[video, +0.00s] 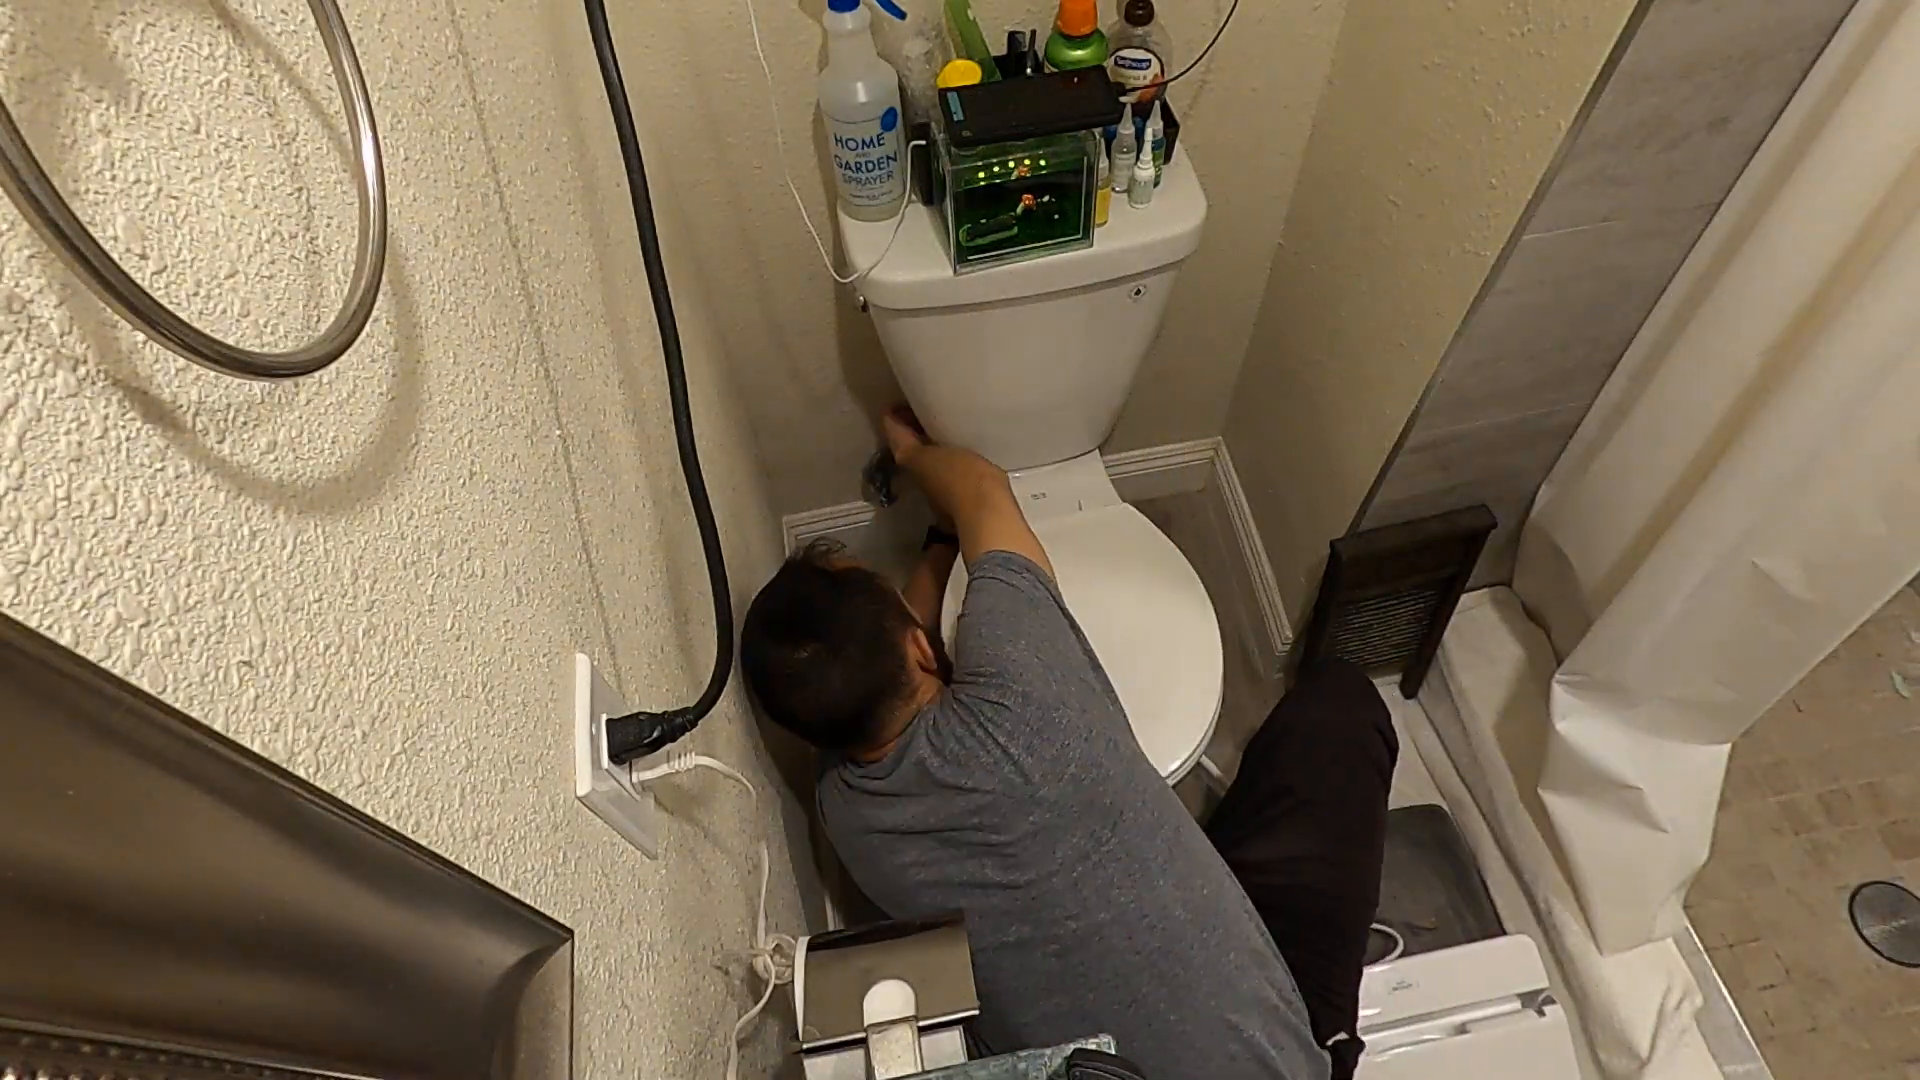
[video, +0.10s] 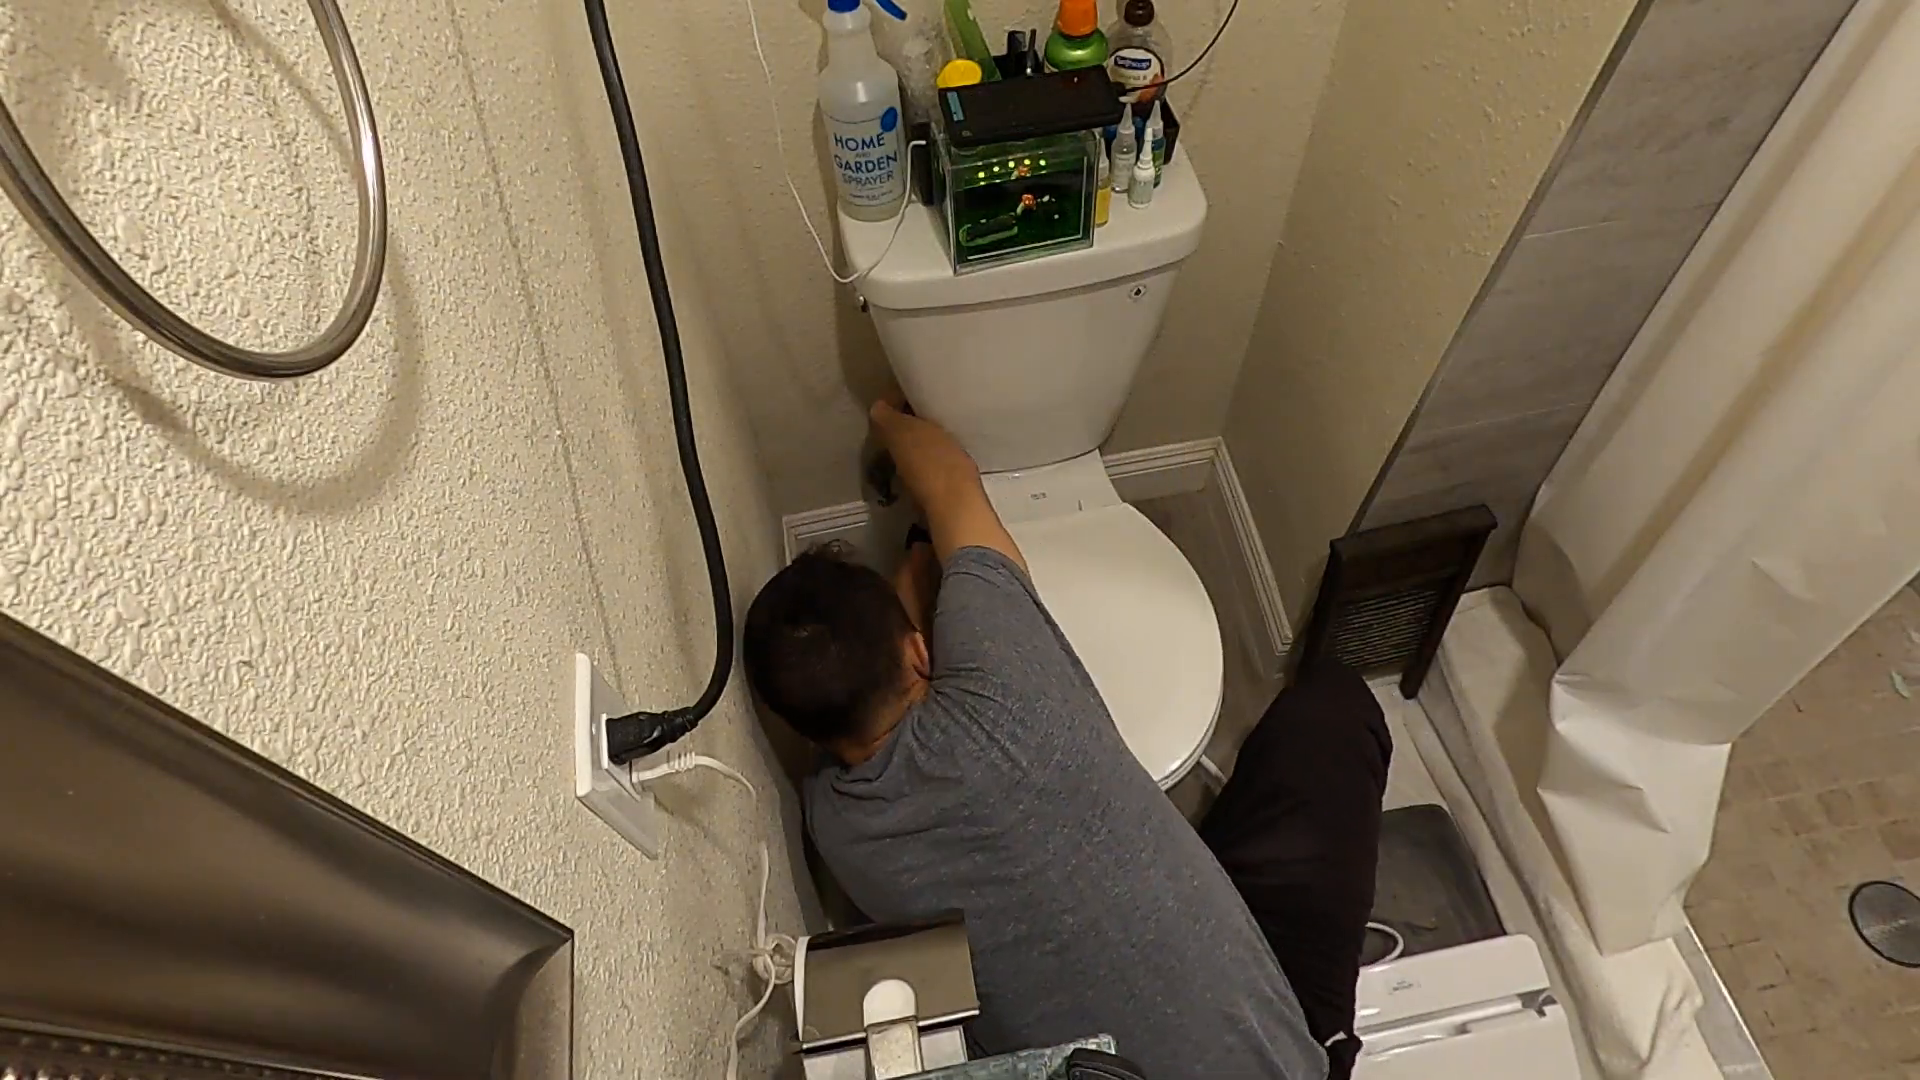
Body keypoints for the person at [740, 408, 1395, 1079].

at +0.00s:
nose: (902, 594)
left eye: (879, 580)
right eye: (885, 587)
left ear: (807, 725)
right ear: (920, 647)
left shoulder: (847, 823)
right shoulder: (1031, 694)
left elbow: (907, 668)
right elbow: (979, 493)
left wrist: (940, 549)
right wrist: (913, 448)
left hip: (1067, 1063)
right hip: (1261, 1047)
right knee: (1336, 695)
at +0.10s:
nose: (921, 614)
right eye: (914, 608)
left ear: (798, 727)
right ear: (918, 654)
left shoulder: (837, 835)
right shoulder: (1006, 687)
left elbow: (845, 733)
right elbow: (950, 487)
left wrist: (908, 598)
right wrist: (894, 419)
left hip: (1077, 1067)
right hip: (1268, 1051)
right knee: (1329, 699)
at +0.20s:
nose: (916, 620)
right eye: (909, 612)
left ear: (786, 718)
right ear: (909, 647)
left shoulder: (830, 832)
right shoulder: (1000, 678)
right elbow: (956, 489)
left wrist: (924, 546)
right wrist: (897, 430)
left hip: (1074, 1067)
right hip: (1266, 1049)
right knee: (1315, 686)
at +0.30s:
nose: (907, 623)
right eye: (902, 612)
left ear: (782, 723)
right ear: (902, 646)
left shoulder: (831, 833)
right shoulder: (993, 676)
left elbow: (891, 655)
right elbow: (959, 483)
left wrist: (922, 532)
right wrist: (894, 432)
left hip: (1078, 1068)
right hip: (1269, 1048)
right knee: (1301, 682)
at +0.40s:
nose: (873, 581)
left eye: (872, 591)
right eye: (870, 594)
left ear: (809, 735)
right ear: (936, 670)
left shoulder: (852, 830)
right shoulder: (1056, 698)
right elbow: (1055, 511)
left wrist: (891, 602)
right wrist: (903, 473)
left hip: (1064, 1068)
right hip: (1264, 1054)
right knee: (1296, 683)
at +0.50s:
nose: (887, 581)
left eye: (885, 592)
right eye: (890, 601)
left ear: (805, 725)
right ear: (934, 670)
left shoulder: (842, 827)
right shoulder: (1058, 702)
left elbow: (812, 703)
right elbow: (1107, 500)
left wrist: (870, 571)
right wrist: (928, 466)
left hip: (1056, 1065)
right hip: (1256, 1050)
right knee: (1281, 679)